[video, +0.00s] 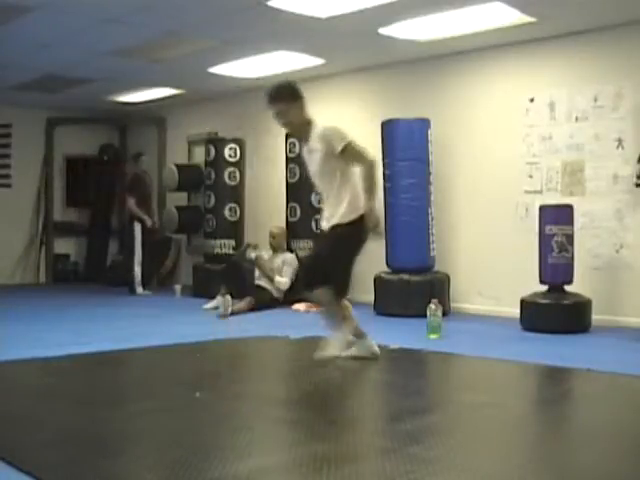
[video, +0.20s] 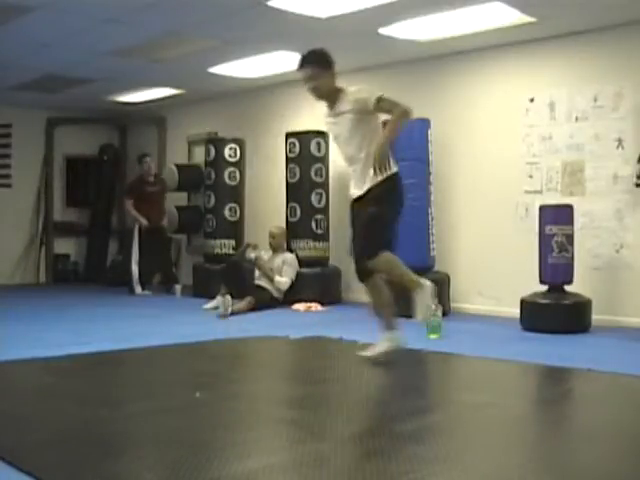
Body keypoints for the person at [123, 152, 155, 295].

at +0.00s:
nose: (145, 164)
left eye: (144, 161)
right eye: (142, 162)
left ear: (139, 163)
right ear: (137, 163)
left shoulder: (145, 178)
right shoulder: (135, 178)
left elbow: (150, 201)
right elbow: (130, 203)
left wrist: (154, 216)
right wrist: (145, 218)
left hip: (143, 220)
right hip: (135, 220)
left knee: (142, 253)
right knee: (137, 253)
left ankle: (141, 284)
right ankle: (137, 286)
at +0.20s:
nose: (149, 166)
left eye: (150, 163)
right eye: (145, 164)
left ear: (154, 164)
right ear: (141, 167)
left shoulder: (160, 182)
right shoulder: (136, 183)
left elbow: (163, 202)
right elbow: (128, 204)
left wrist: (164, 217)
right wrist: (140, 219)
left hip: (159, 225)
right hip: (144, 225)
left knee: (164, 257)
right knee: (141, 257)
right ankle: (140, 286)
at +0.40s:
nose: (153, 168)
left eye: (155, 165)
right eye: (151, 165)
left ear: (162, 166)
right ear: (149, 167)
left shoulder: (170, 184)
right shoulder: (143, 184)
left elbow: (176, 206)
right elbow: (135, 203)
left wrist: (170, 220)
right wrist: (141, 218)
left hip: (164, 225)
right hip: (147, 225)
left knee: (165, 257)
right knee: (145, 258)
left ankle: (170, 284)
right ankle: (144, 285)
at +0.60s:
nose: (154, 168)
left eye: (156, 164)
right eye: (152, 165)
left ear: (163, 165)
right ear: (149, 167)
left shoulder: (172, 183)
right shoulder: (147, 182)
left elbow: (178, 205)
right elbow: (142, 201)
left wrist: (170, 219)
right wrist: (144, 212)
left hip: (166, 221)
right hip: (151, 220)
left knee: (166, 254)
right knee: (150, 252)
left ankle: (168, 282)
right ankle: (149, 281)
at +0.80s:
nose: (148, 169)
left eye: (151, 165)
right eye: (146, 166)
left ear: (158, 167)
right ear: (145, 168)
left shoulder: (168, 183)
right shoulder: (145, 184)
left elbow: (179, 203)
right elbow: (145, 201)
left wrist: (171, 218)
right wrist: (144, 212)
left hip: (166, 222)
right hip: (152, 221)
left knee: (165, 255)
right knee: (151, 253)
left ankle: (168, 284)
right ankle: (152, 282)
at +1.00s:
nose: (142, 172)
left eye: (145, 168)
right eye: (141, 169)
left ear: (152, 168)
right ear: (140, 171)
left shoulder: (166, 183)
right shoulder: (143, 185)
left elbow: (174, 202)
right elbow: (141, 202)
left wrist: (171, 215)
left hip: (166, 222)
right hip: (151, 222)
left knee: (165, 255)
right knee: (151, 254)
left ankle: (168, 284)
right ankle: (152, 283)